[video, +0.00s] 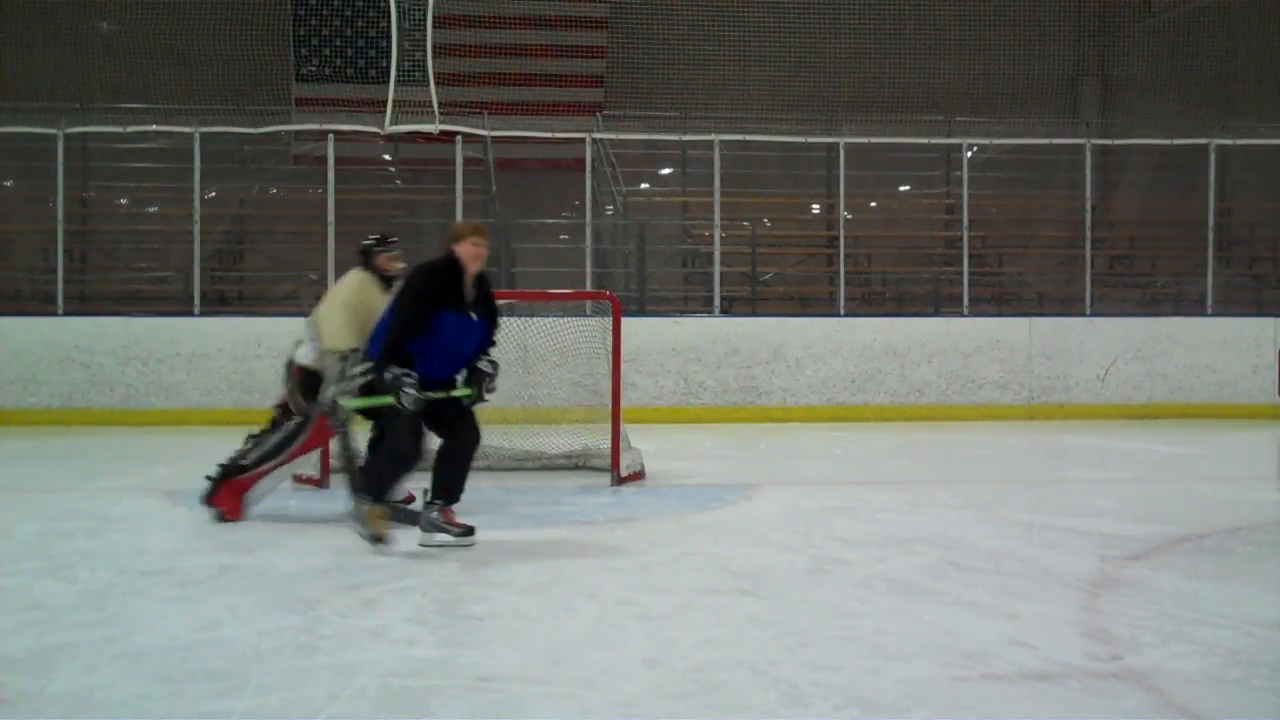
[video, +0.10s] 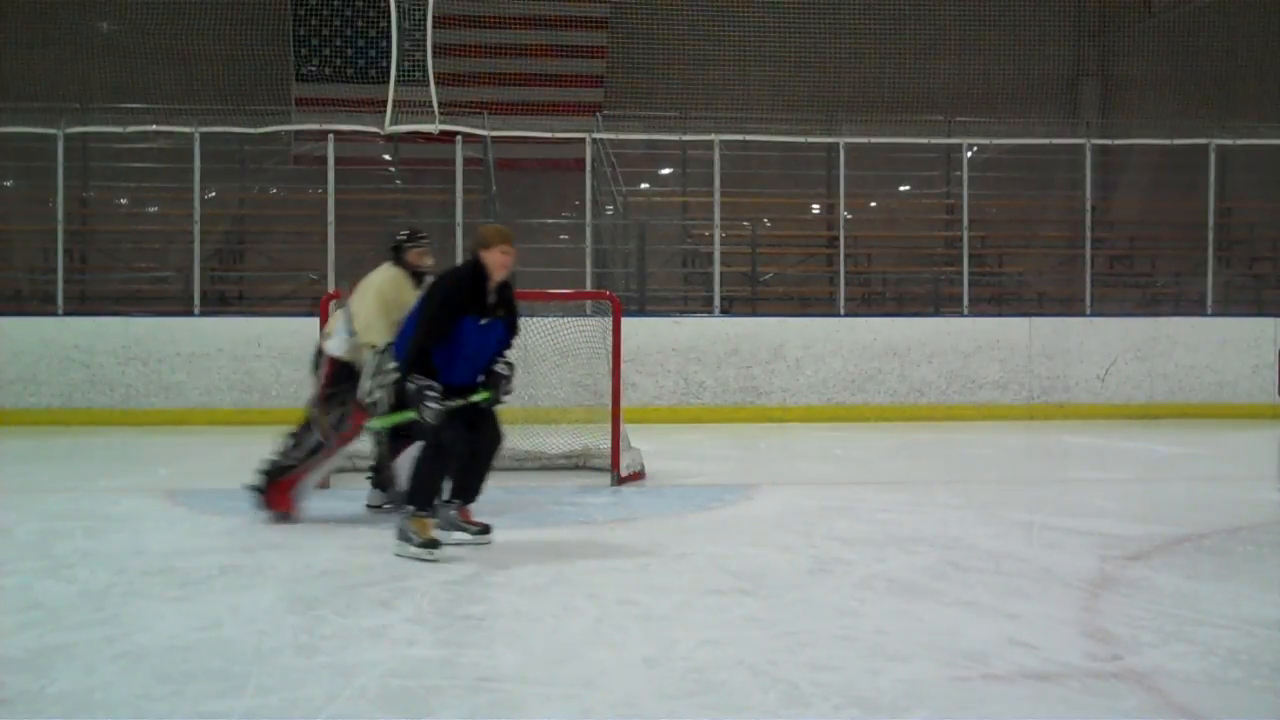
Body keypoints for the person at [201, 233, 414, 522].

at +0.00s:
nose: (394, 263)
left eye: (396, 256)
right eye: (387, 257)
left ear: (399, 258)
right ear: (371, 260)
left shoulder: (388, 290)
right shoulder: (356, 283)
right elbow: (335, 321)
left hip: (350, 367)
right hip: (317, 367)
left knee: (394, 422)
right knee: (304, 432)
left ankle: (375, 486)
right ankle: (232, 485)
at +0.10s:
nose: (426, 258)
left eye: (427, 252)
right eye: (419, 252)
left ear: (426, 255)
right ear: (403, 255)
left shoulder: (413, 284)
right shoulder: (387, 278)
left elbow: (415, 327)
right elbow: (371, 322)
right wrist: (386, 352)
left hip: (375, 359)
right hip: (346, 355)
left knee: (398, 421)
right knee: (336, 424)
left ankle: (384, 487)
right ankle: (279, 484)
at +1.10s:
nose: (689, 267)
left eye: (691, 261)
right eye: (682, 261)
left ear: (691, 265)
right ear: (667, 264)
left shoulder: (683, 295)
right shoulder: (649, 289)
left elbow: (683, 343)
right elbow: (644, 338)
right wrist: (653, 377)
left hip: (658, 370)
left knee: (684, 426)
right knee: (611, 435)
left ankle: (682, 486)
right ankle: (571, 489)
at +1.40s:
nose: (742, 269)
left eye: (746, 264)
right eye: (736, 262)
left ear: (750, 267)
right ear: (720, 262)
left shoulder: (742, 294)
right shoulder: (697, 287)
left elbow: (745, 340)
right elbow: (682, 339)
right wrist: (686, 386)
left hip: (709, 366)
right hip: (659, 360)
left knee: (732, 420)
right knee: (652, 422)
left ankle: (731, 490)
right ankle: (616, 488)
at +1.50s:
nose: (742, 268)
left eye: (747, 263)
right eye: (736, 262)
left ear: (752, 266)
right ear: (721, 263)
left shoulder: (752, 294)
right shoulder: (699, 288)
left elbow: (755, 339)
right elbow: (684, 336)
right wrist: (691, 381)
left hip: (713, 368)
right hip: (663, 361)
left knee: (734, 416)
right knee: (658, 419)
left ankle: (729, 491)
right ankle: (622, 484)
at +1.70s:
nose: (729, 274)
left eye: (735, 268)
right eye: (723, 268)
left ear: (743, 271)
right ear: (711, 269)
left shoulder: (752, 296)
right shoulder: (691, 293)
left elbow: (764, 339)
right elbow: (674, 338)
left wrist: (764, 385)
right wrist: (675, 388)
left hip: (721, 368)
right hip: (671, 365)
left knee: (735, 431)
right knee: (651, 428)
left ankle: (743, 492)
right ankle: (626, 487)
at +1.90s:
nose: (683, 273)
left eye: (689, 267)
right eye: (677, 267)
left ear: (701, 270)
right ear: (669, 269)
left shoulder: (715, 297)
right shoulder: (650, 298)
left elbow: (732, 339)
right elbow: (633, 340)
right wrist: (623, 375)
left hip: (701, 374)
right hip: (659, 374)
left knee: (707, 431)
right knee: (635, 422)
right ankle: (629, 483)